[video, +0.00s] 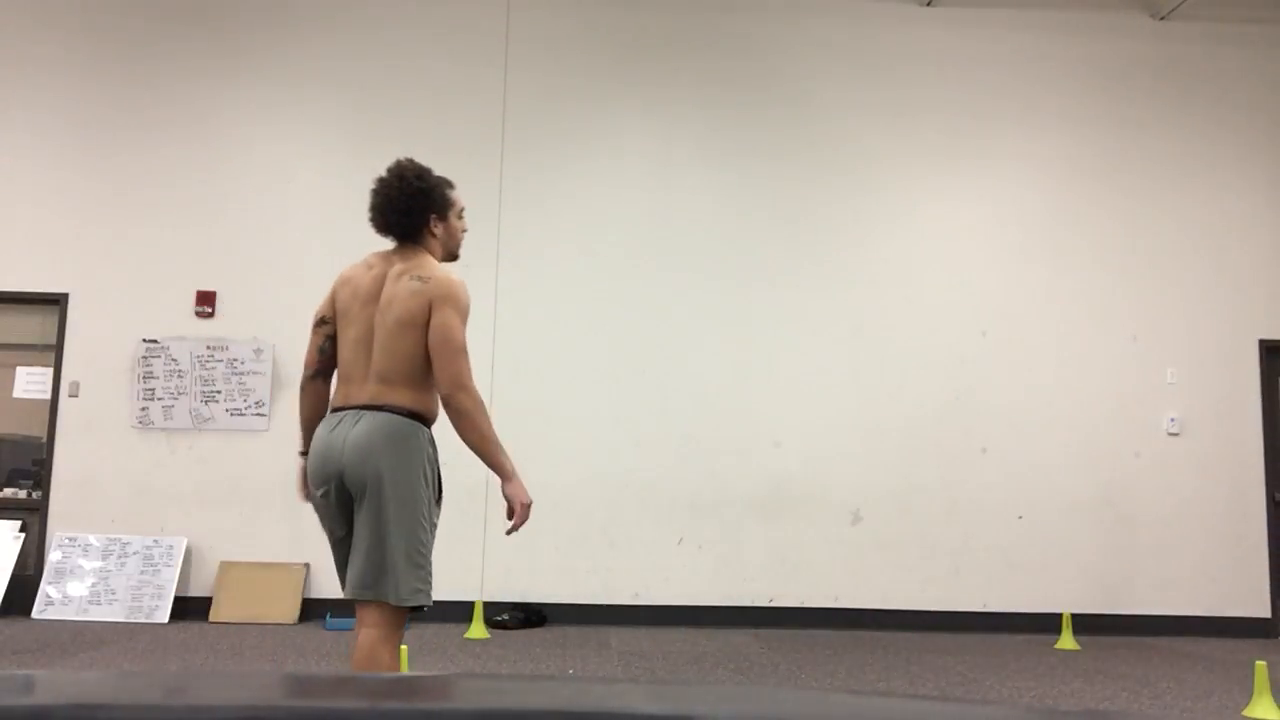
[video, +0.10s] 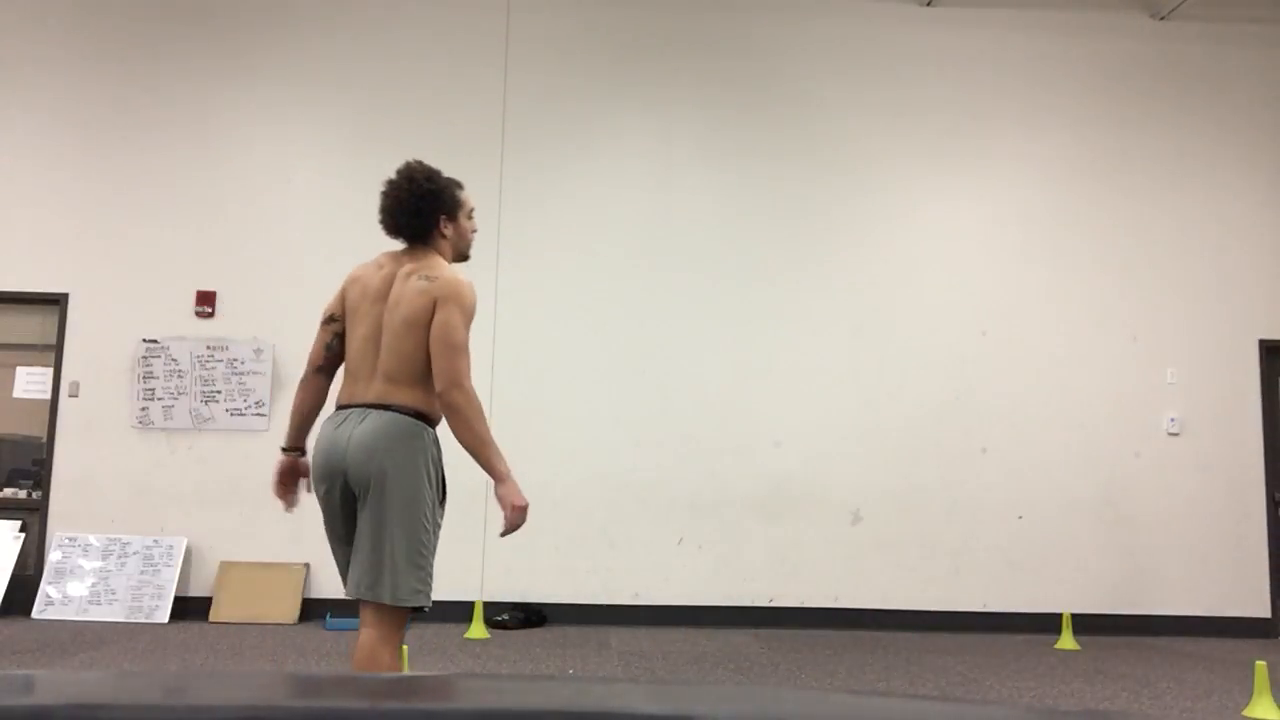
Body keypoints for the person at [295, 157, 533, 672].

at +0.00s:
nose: (464, 228)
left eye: (462, 216)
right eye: (459, 217)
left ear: (404, 224)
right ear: (434, 224)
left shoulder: (348, 281)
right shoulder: (443, 285)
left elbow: (314, 374)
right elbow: (456, 392)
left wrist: (309, 454)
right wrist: (507, 474)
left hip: (331, 443)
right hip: (393, 446)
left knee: (375, 615)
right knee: (380, 618)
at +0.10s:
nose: (474, 229)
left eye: (472, 218)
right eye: (468, 218)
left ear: (417, 223)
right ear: (443, 223)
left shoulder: (358, 279)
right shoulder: (449, 286)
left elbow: (318, 369)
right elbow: (452, 390)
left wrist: (293, 448)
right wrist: (502, 477)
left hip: (333, 443)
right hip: (399, 446)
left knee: (380, 614)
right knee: (382, 620)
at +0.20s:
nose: (484, 232)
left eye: (482, 220)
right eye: (478, 221)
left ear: (422, 227)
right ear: (454, 227)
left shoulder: (367, 278)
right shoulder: (458, 287)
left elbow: (321, 363)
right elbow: (453, 387)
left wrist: (285, 440)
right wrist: (493, 480)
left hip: (337, 438)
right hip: (400, 444)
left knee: (373, 613)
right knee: (382, 617)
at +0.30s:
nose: (492, 235)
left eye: (491, 223)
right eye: (487, 223)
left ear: (433, 227)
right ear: (463, 229)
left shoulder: (373, 277)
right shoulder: (463, 289)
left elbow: (324, 361)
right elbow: (456, 391)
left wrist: (289, 439)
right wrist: (490, 483)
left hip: (339, 435)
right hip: (401, 444)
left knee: (370, 607)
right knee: (384, 615)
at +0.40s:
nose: (496, 238)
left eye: (496, 226)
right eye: (492, 226)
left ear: (436, 228)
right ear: (468, 230)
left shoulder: (376, 276)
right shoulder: (467, 290)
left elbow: (326, 362)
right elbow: (459, 393)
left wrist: (302, 440)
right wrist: (492, 486)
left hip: (339, 434)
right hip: (401, 442)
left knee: (368, 609)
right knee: (382, 618)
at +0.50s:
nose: (498, 238)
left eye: (497, 226)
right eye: (495, 226)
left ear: (434, 226)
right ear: (470, 229)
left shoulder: (377, 274)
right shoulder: (470, 289)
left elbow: (328, 363)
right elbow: (463, 394)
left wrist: (316, 440)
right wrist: (498, 487)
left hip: (340, 436)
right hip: (404, 443)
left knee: (366, 612)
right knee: (385, 621)